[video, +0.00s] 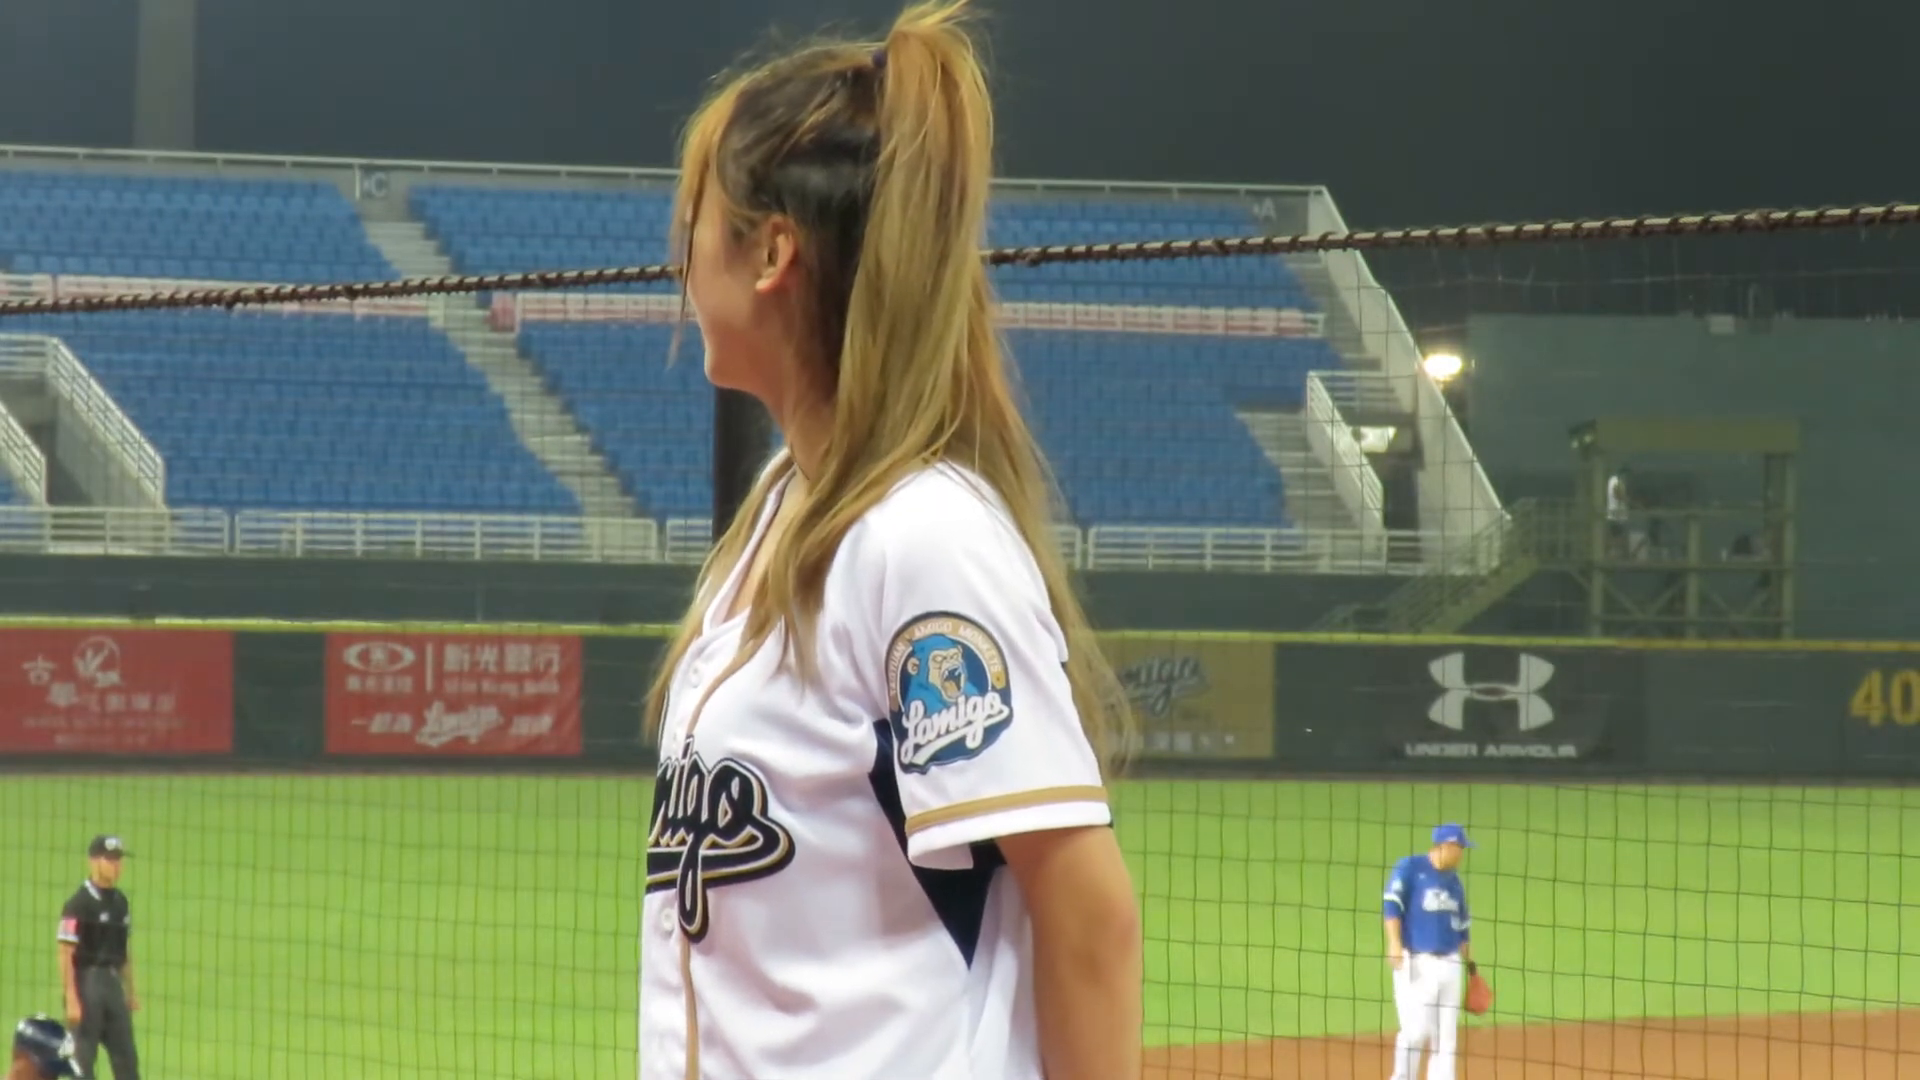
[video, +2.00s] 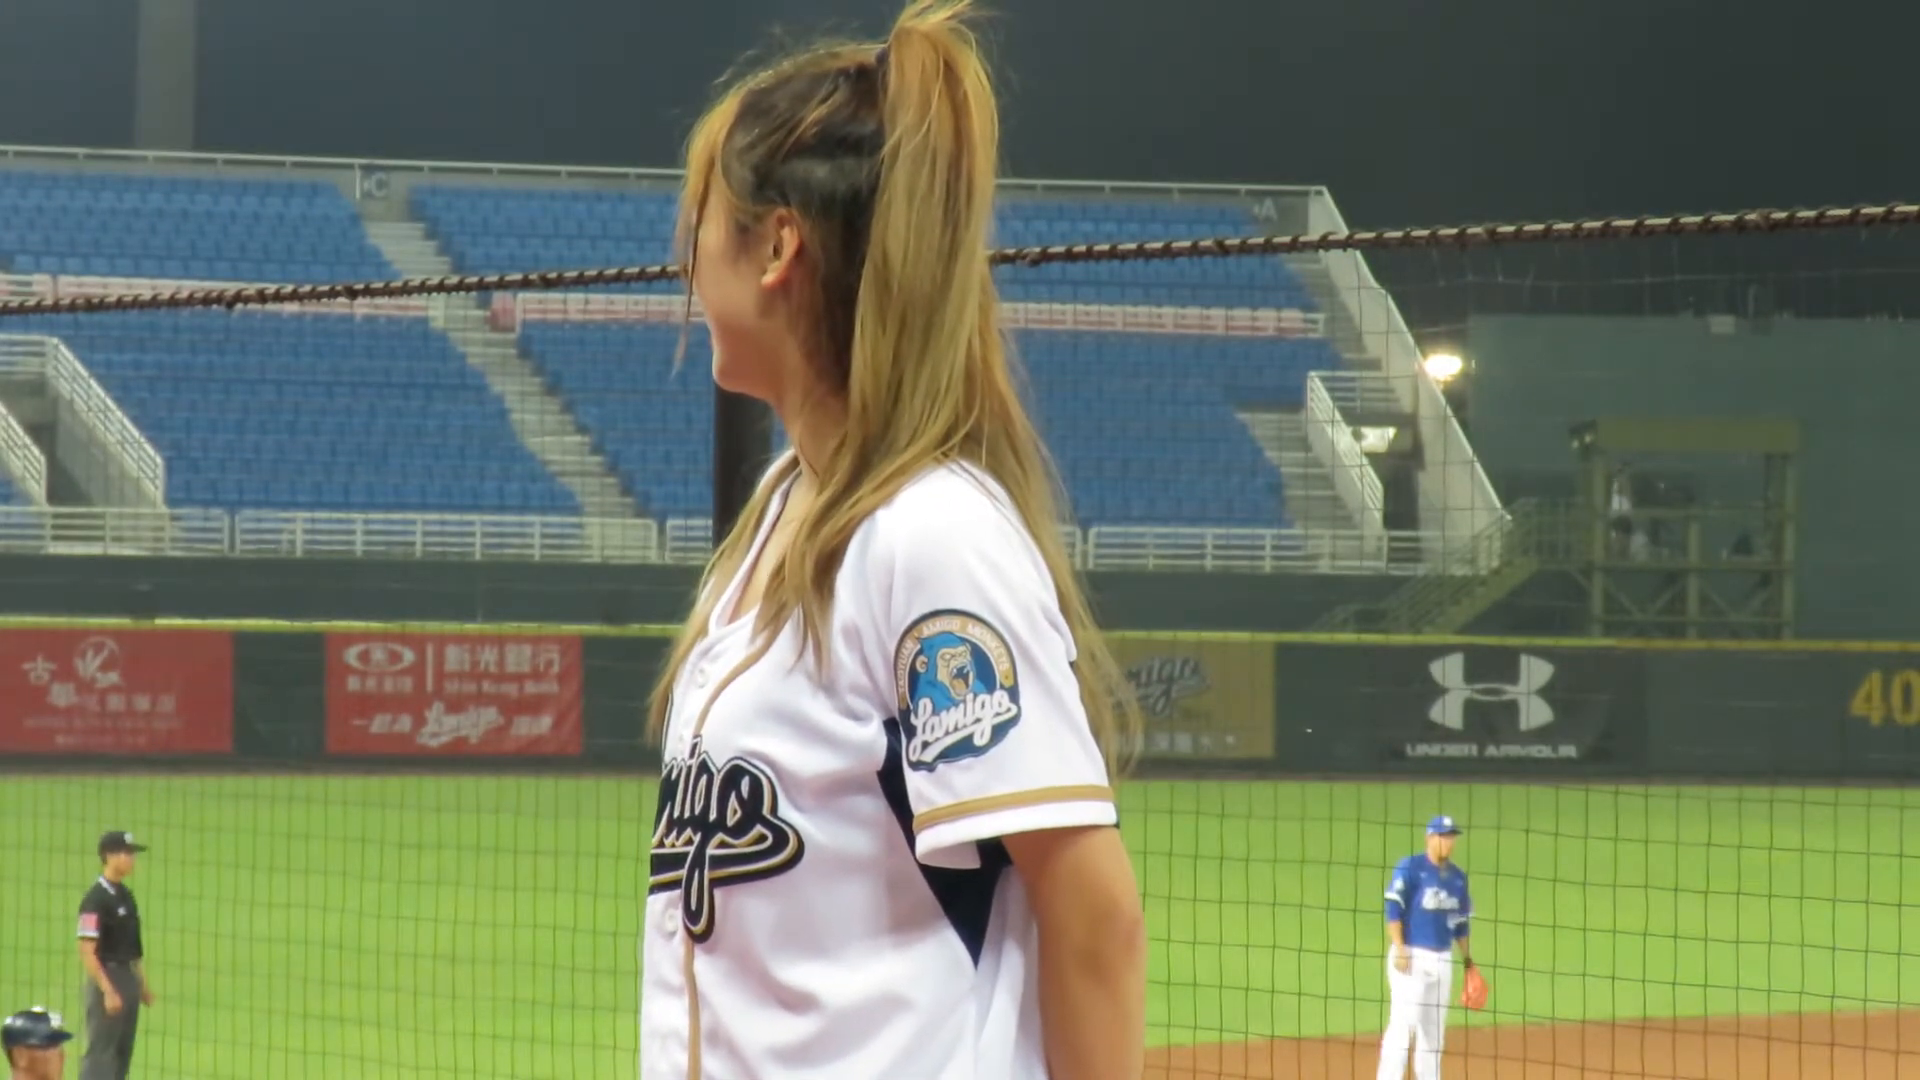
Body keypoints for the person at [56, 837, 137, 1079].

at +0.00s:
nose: (116, 866)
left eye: (118, 860)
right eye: (109, 860)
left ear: (121, 862)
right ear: (94, 861)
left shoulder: (119, 901)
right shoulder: (78, 903)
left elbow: (122, 952)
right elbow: (65, 954)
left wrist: (129, 990)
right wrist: (71, 999)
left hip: (113, 973)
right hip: (87, 973)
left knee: (125, 1054)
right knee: (84, 1053)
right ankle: (81, 1074)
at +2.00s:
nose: (132, 860)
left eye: (132, 854)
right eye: (127, 854)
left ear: (121, 857)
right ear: (110, 856)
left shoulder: (125, 895)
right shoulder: (95, 898)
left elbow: (130, 947)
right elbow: (87, 950)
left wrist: (141, 984)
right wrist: (108, 990)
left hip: (127, 970)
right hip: (106, 969)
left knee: (122, 1047)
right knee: (103, 1048)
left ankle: (117, 1075)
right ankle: (98, 1075)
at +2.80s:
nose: (145, 862)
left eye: (145, 856)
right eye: (141, 855)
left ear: (129, 857)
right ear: (122, 855)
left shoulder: (127, 892)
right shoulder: (102, 894)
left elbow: (117, 936)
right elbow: (89, 944)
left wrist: (139, 945)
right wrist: (95, 989)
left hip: (121, 967)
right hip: (104, 967)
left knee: (118, 1044)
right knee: (103, 1043)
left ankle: (111, 1074)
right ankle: (90, 1075)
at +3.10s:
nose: (126, 860)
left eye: (127, 854)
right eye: (121, 854)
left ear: (123, 858)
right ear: (103, 855)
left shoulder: (119, 895)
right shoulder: (85, 895)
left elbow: (126, 933)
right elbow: (73, 947)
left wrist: (127, 935)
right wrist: (79, 991)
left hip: (112, 967)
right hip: (92, 967)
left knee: (110, 1047)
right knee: (84, 1044)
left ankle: (106, 1074)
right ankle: (68, 1075)